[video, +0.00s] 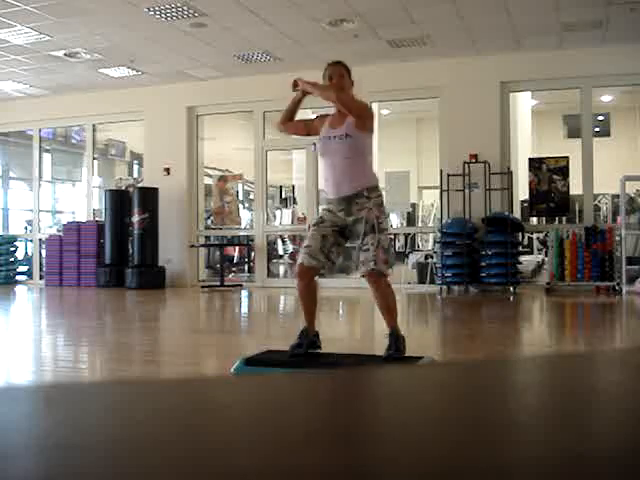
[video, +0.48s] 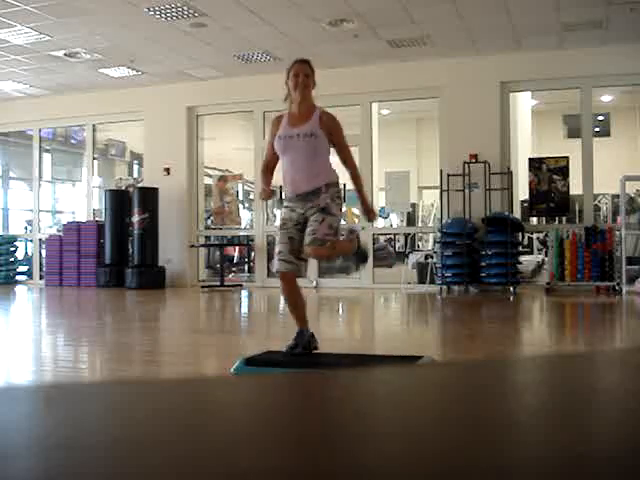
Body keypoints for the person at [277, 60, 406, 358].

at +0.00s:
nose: (336, 82)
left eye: (341, 77)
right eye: (330, 79)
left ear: (353, 82)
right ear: (324, 86)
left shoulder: (363, 114)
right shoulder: (322, 123)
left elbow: (339, 99)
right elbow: (284, 125)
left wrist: (309, 87)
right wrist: (300, 96)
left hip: (365, 203)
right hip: (332, 207)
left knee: (373, 272)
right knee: (304, 270)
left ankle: (395, 335)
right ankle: (310, 332)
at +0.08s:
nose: (324, 77)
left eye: (330, 71)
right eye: (320, 73)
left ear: (342, 76)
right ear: (315, 79)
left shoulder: (351, 110)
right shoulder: (311, 118)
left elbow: (345, 95)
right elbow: (272, 124)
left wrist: (304, 82)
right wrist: (270, 87)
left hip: (354, 195)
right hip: (323, 200)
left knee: (369, 267)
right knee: (301, 267)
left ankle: (393, 331)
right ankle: (310, 335)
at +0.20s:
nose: (316, 59)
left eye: (321, 54)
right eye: (311, 55)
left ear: (330, 60)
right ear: (304, 61)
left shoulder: (340, 90)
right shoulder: (296, 97)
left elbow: (359, 107)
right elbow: (265, 125)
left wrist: (338, 97)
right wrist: (246, 110)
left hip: (341, 172)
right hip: (308, 178)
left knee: (352, 242)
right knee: (304, 253)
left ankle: (381, 295)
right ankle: (305, 326)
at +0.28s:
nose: (309, 60)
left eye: (315, 55)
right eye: (304, 55)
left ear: (324, 61)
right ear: (297, 63)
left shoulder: (337, 94)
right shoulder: (291, 99)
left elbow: (361, 121)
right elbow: (268, 133)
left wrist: (349, 138)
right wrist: (250, 134)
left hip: (335, 172)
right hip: (304, 178)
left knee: (338, 233)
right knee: (299, 252)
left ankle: (371, 261)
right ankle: (303, 324)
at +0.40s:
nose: (302, 78)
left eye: (307, 73)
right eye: (297, 73)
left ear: (315, 78)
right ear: (289, 80)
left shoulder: (327, 117)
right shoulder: (281, 119)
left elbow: (352, 158)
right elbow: (271, 155)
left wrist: (367, 197)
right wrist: (264, 180)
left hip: (325, 191)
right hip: (294, 196)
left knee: (322, 247)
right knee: (289, 270)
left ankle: (357, 237)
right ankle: (305, 333)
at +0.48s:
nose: (301, 80)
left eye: (306, 76)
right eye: (296, 76)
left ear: (314, 82)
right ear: (287, 82)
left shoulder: (325, 120)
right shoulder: (278, 122)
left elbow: (349, 163)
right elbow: (269, 161)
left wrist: (364, 200)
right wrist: (265, 184)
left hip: (324, 195)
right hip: (292, 200)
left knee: (315, 249)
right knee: (285, 270)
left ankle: (352, 243)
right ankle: (304, 333)